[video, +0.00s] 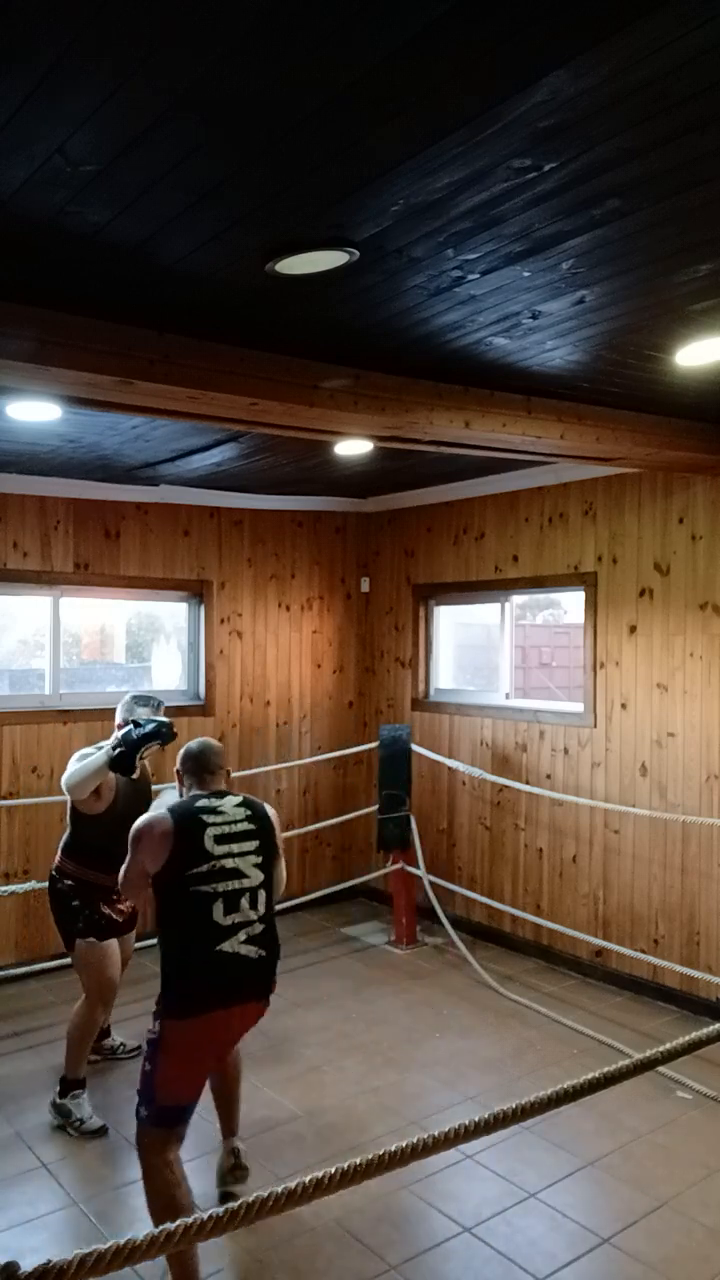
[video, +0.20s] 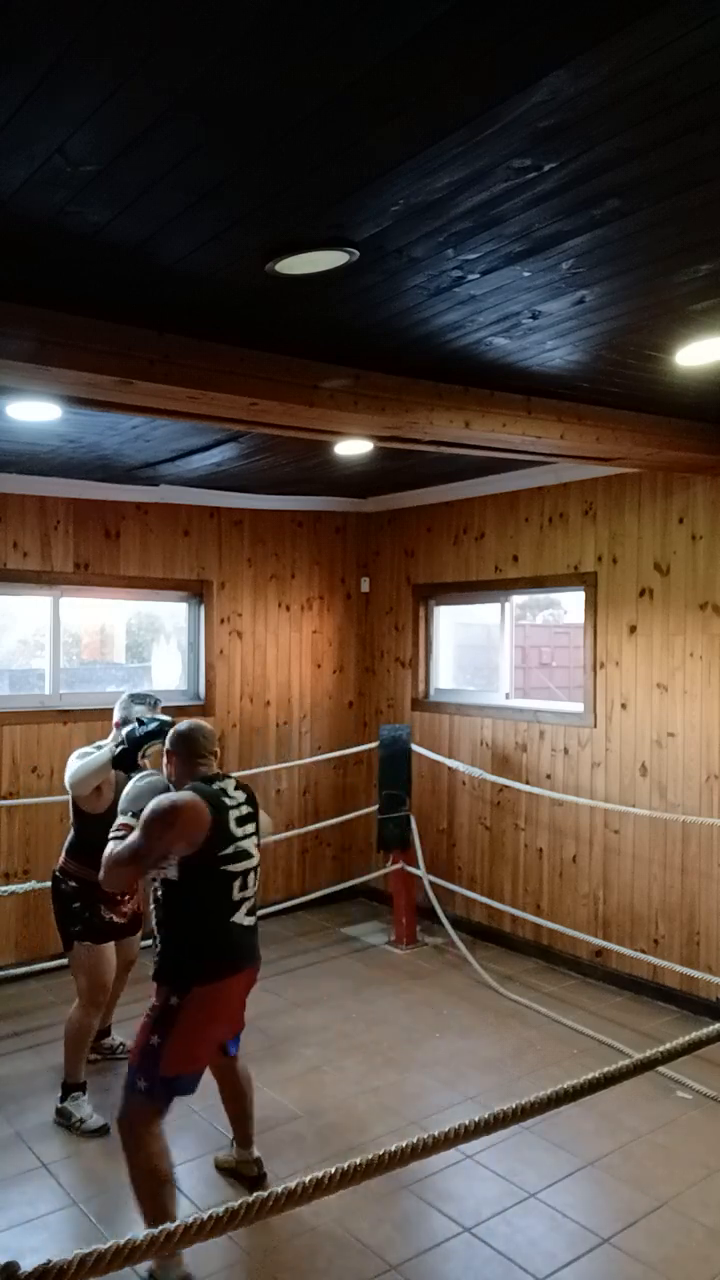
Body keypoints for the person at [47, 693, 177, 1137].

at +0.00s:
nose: (146, 739)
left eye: (152, 731)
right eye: (139, 727)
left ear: (156, 737)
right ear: (120, 725)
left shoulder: (144, 775)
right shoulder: (91, 761)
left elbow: (146, 825)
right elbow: (73, 788)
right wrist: (118, 748)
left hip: (121, 882)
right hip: (77, 884)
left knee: (117, 965)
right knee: (102, 988)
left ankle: (100, 1037)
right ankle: (69, 1094)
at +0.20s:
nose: (143, 734)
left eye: (149, 726)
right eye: (136, 723)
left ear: (154, 731)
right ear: (117, 723)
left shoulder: (150, 770)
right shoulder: (89, 758)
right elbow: (76, 783)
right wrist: (122, 746)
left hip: (127, 880)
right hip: (80, 882)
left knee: (125, 960)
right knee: (95, 992)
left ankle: (99, 1036)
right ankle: (71, 1096)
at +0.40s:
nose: (145, 725)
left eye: (144, 719)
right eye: (143, 718)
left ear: (136, 722)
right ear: (124, 720)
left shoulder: (145, 761)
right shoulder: (84, 758)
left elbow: (167, 796)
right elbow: (44, 768)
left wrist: (147, 750)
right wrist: (83, 729)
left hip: (128, 873)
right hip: (84, 876)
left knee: (121, 961)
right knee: (94, 989)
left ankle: (99, 1036)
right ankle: (70, 1098)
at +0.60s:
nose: (134, 738)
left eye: (139, 730)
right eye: (128, 730)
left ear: (141, 735)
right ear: (111, 731)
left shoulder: (139, 772)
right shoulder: (85, 766)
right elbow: (49, 772)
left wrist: (144, 751)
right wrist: (93, 732)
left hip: (125, 878)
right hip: (79, 881)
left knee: (123, 960)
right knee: (91, 991)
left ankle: (97, 1036)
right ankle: (70, 1097)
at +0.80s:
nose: (136, 749)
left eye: (141, 740)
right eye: (130, 740)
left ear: (143, 744)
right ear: (114, 741)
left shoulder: (141, 776)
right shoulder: (88, 769)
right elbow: (53, 776)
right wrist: (97, 737)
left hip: (120, 879)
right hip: (78, 881)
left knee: (115, 973)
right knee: (92, 989)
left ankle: (97, 1039)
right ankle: (71, 1095)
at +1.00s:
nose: (133, 733)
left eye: (138, 725)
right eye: (126, 724)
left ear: (143, 731)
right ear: (109, 727)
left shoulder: (146, 769)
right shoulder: (86, 763)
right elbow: (51, 773)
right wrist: (95, 733)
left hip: (127, 882)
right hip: (82, 882)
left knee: (115, 981)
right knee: (94, 991)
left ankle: (96, 1049)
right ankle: (72, 1093)